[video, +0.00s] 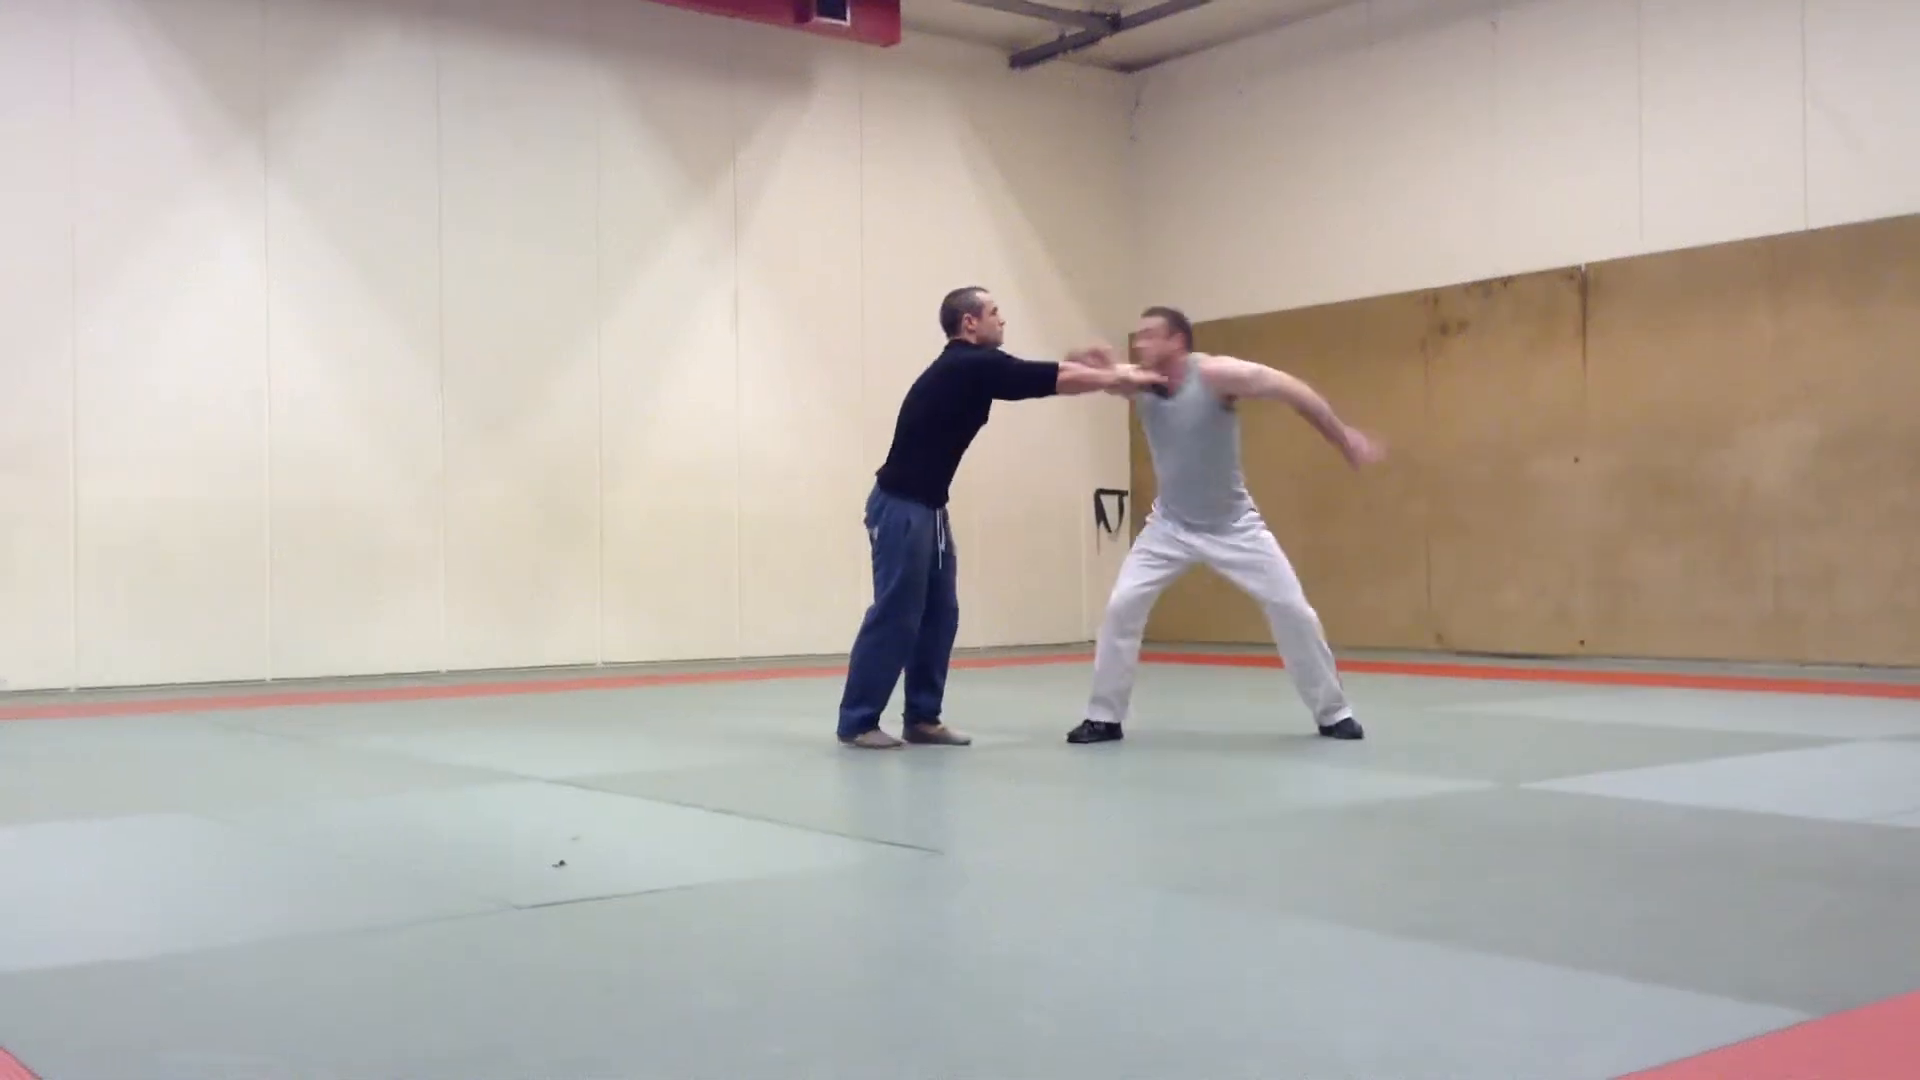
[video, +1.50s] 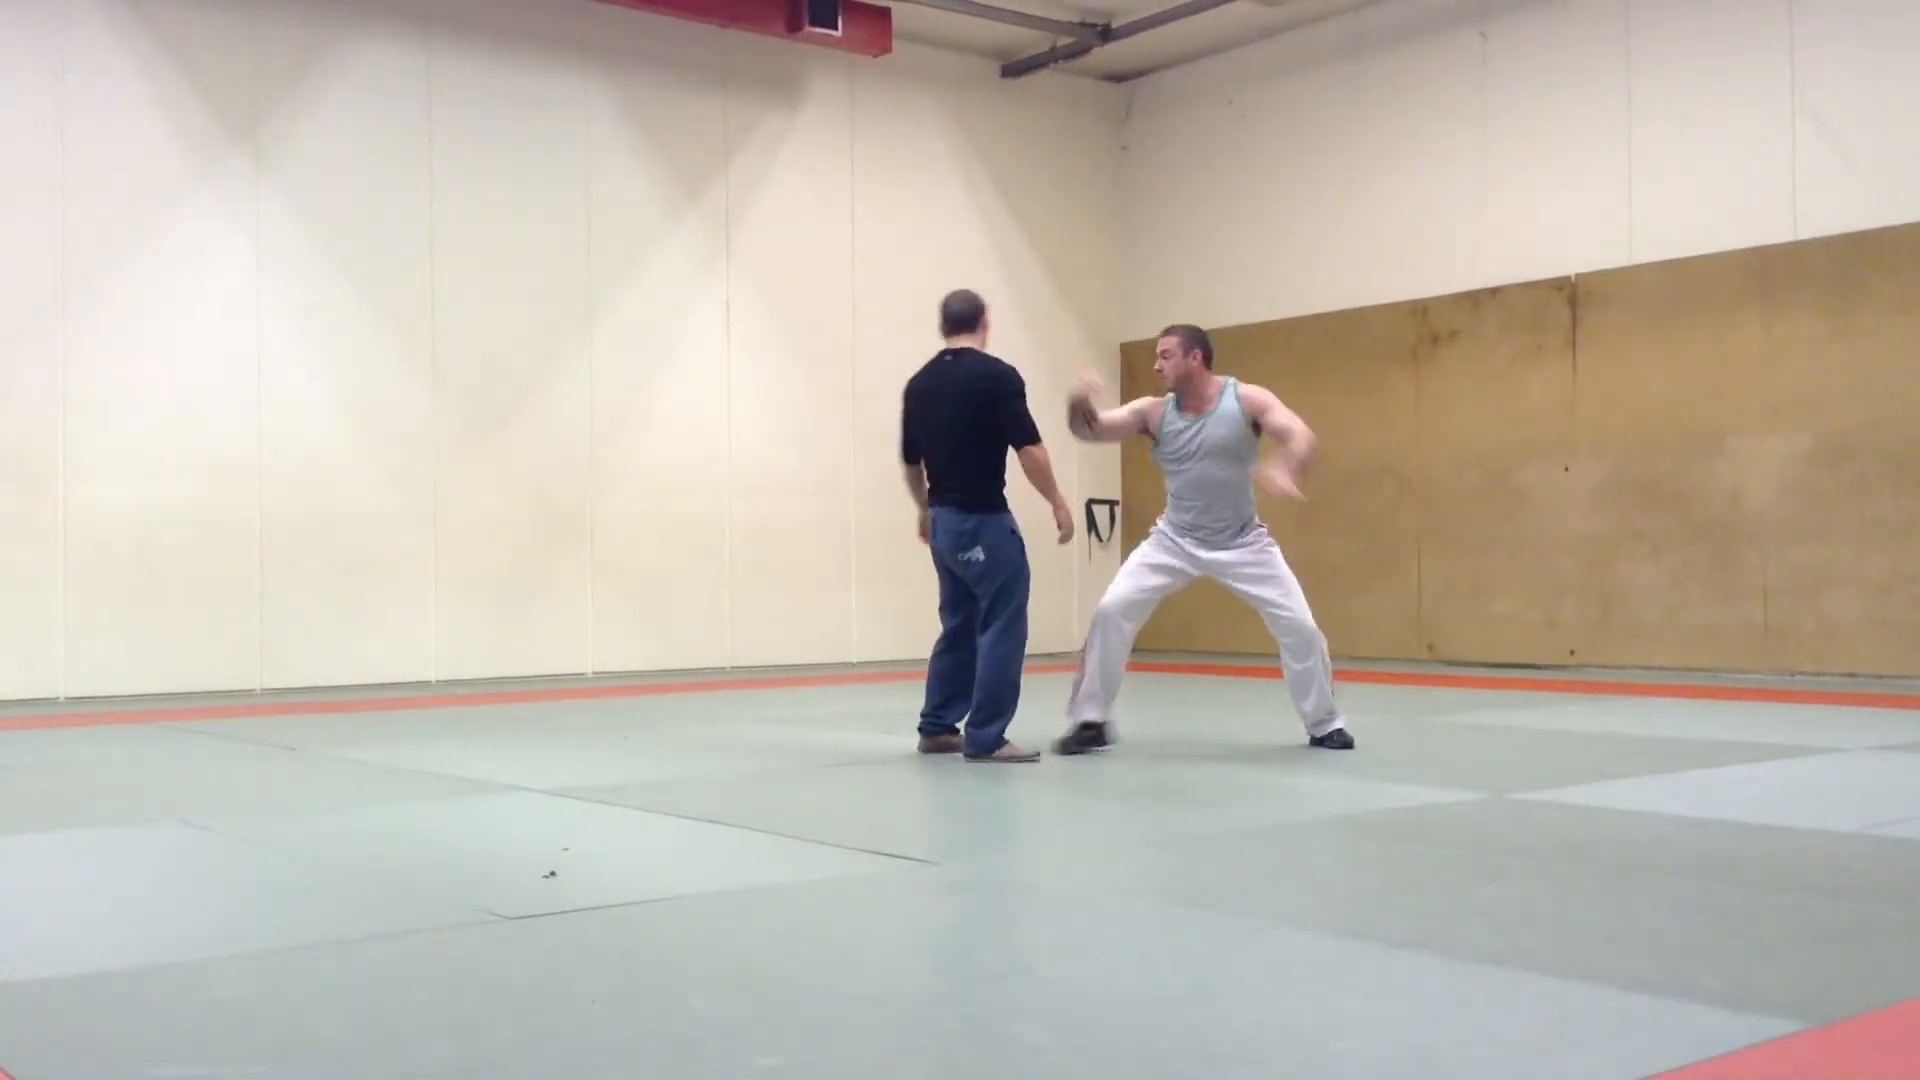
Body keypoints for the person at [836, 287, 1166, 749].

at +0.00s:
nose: (1002, 319)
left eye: (998, 312)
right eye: (993, 313)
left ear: (967, 325)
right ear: (969, 324)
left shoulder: (973, 364)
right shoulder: (969, 365)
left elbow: (1038, 377)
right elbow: (1050, 380)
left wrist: (1085, 367)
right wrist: (1123, 377)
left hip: (929, 510)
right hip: (902, 509)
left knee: (939, 616)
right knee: (897, 614)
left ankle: (921, 721)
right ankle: (856, 723)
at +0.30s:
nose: (1031, 330)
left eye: (1030, 322)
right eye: (1021, 323)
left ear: (1000, 329)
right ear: (990, 327)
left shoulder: (1017, 383)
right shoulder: (958, 373)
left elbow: (1057, 427)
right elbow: (1003, 421)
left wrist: (1084, 448)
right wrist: (1062, 442)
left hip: (963, 508)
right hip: (928, 507)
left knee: (965, 612)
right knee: (961, 612)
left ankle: (923, 712)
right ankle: (985, 729)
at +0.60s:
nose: (1056, 346)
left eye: (1055, 338)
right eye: (1047, 339)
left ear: (1026, 343)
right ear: (1017, 343)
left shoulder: (1048, 403)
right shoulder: (968, 394)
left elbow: (1056, 473)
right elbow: (935, 463)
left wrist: (1031, 523)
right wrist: (938, 531)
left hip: (991, 524)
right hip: (956, 522)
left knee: (995, 626)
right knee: (999, 626)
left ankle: (935, 713)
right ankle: (986, 738)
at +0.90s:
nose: (1064, 340)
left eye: (1064, 331)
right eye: (1058, 331)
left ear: (1034, 334)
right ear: (1031, 334)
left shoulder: (1038, 394)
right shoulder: (984, 387)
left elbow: (1050, 463)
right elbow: (965, 461)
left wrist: (1078, 518)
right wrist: (980, 525)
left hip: (981, 520)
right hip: (961, 520)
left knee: (977, 625)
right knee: (1000, 628)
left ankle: (938, 722)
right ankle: (986, 741)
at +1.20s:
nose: (1056, 341)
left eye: (1055, 332)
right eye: (1052, 332)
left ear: (1015, 333)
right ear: (1031, 333)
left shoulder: (986, 372)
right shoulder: (1007, 382)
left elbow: (991, 449)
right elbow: (1012, 460)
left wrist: (1014, 500)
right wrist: (1047, 521)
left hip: (947, 516)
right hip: (970, 521)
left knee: (965, 623)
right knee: (1001, 626)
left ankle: (937, 723)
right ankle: (987, 739)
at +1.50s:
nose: (988, 327)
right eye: (987, 320)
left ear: (943, 327)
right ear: (983, 322)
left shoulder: (919, 383)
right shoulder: (999, 376)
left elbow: (912, 462)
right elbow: (1030, 452)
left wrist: (924, 509)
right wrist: (1057, 501)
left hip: (943, 522)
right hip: (987, 524)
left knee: (959, 625)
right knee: (1005, 627)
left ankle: (937, 726)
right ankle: (986, 739)